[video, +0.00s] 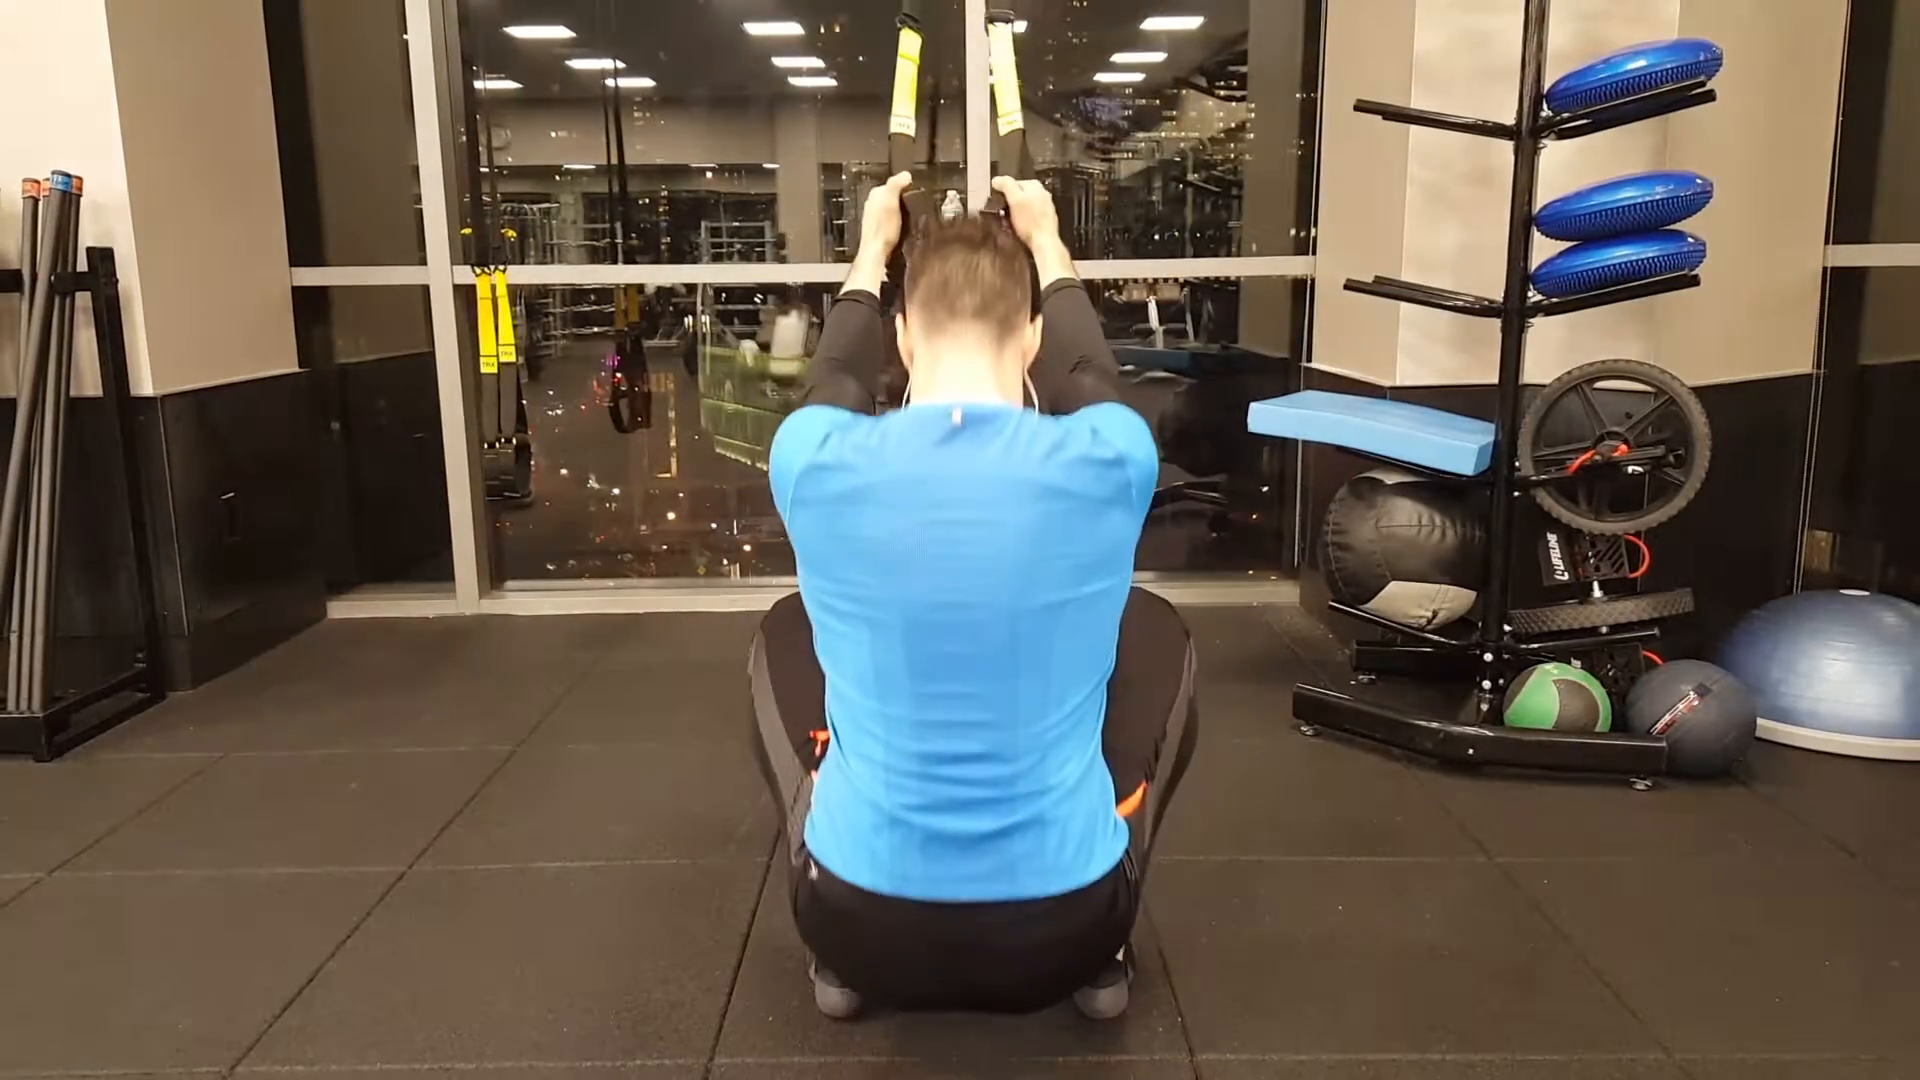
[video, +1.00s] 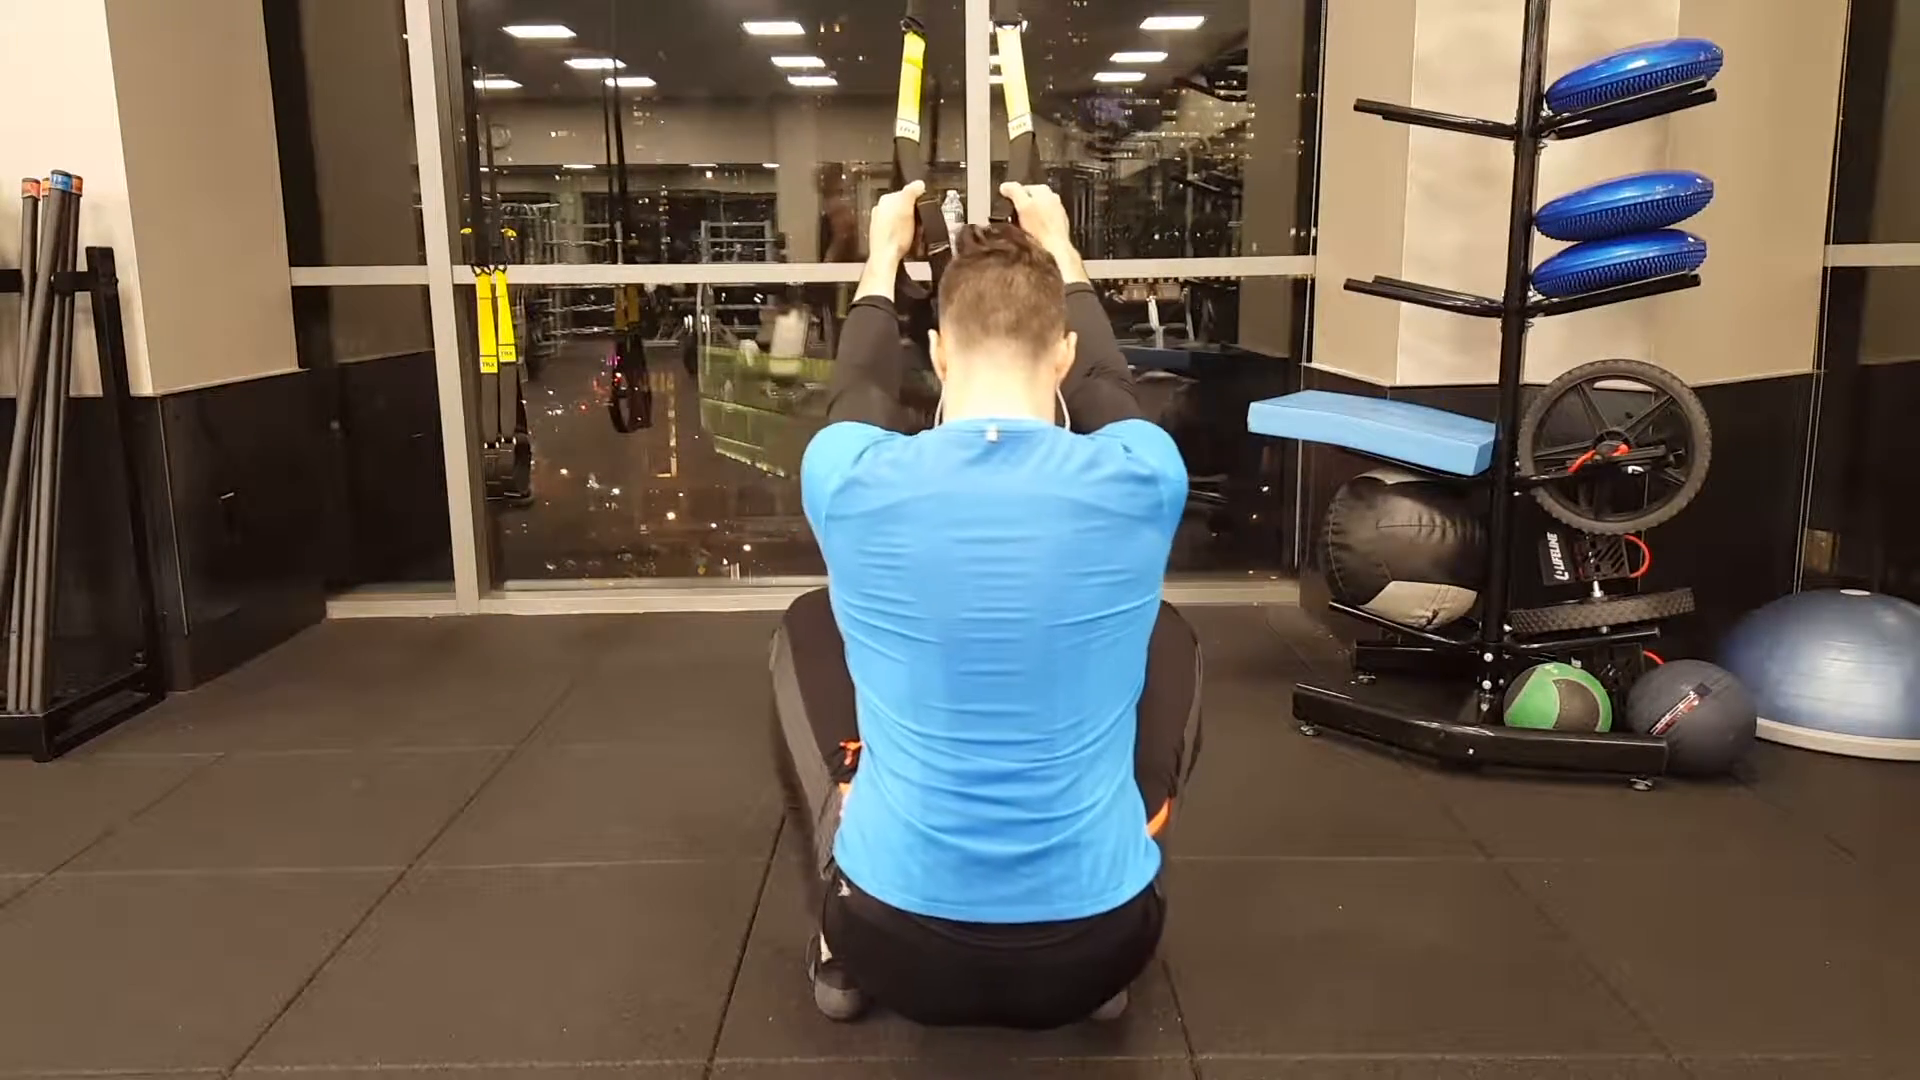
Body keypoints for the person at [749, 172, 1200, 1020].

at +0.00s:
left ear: (901, 345)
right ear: (1032, 344)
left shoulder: (817, 466)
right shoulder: (1108, 464)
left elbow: (838, 381)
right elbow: (1095, 379)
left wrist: (870, 262)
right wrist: (1053, 253)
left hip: (872, 938)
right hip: (1055, 940)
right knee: (1141, 628)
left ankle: (834, 960)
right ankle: (1105, 957)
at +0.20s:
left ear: (909, 335)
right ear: (1035, 337)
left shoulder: (816, 464)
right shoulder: (1113, 463)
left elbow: (845, 384)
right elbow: (1098, 375)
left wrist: (870, 271)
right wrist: (1065, 254)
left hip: (872, 941)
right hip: (1055, 944)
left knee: (782, 628)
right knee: (1147, 628)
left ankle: (833, 960)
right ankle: (1109, 955)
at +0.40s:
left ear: (910, 363)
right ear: (1034, 367)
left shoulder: (820, 491)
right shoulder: (1111, 488)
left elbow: (847, 397)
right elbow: (1085, 387)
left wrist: (872, 271)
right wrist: (1052, 263)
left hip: (875, 957)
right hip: (1058, 959)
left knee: (846, 753)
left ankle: (834, 972)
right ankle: (1109, 967)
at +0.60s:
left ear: (911, 348)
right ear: (1035, 350)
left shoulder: (820, 478)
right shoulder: (1113, 476)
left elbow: (847, 393)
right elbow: (1087, 385)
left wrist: (871, 268)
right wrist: (1054, 265)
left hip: (877, 946)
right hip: (1061, 949)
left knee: (845, 744)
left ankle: (835, 968)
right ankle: (1106, 968)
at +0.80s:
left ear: (918, 363)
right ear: (1045, 366)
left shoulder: (828, 489)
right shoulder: (1121, 487)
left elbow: (853, 393)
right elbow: (1093, 382)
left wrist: (875, 264)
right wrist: (1060, 254)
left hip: (883, 959)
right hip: (1067, 962)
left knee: (799, 616)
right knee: (1152, 619)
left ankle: (836, 958)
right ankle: (1109, 960)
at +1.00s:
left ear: (938, 352)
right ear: (1066, 359)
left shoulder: (848, 480)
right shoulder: (1142, 481)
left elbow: (859, 393)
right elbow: (1105, 381)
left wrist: (880, 269)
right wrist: (1065, 256)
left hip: (900, 953)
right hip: (1084, 958)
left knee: (811, 619)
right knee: (1168, 629)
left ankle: (839, 951)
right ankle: (1108, 978)